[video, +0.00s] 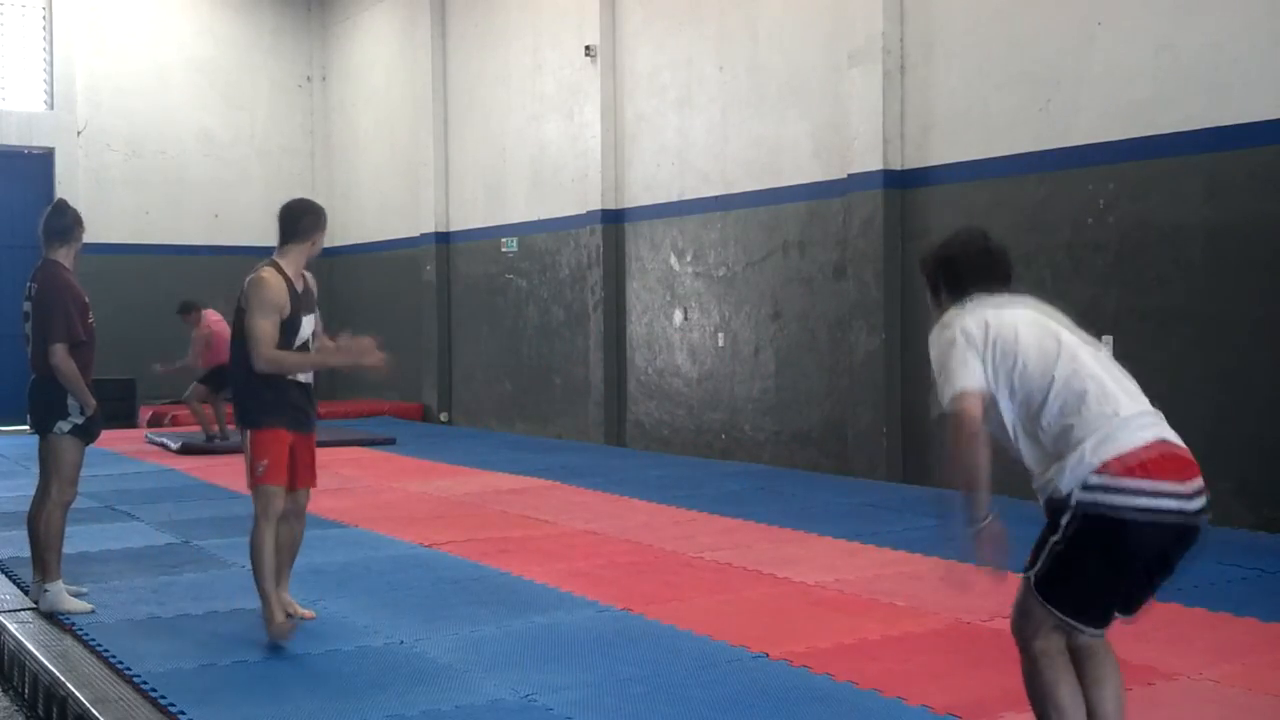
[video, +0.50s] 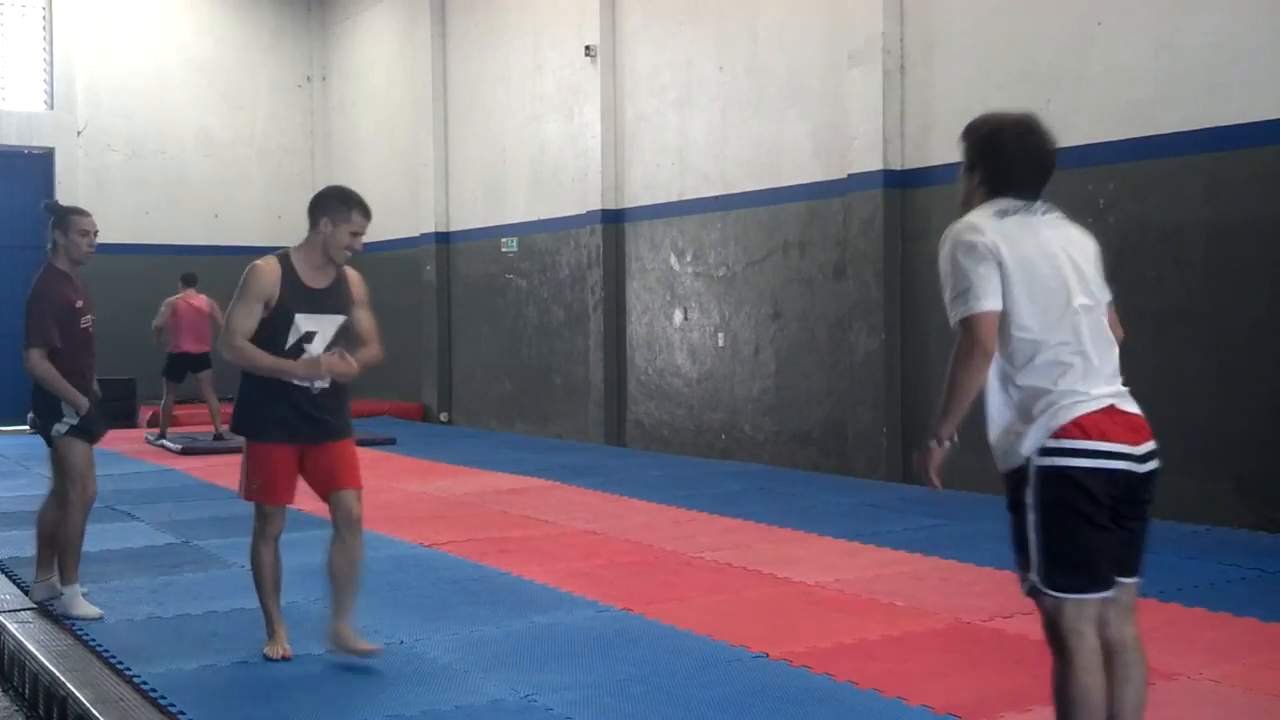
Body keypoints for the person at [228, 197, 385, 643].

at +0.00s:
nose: (323, 240)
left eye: (321, 234)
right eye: (323, 234)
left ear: (289, 231)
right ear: (316, 235)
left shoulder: (306, 281)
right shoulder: (265, 283)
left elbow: (313, 341)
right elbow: (262, 358)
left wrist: (349, 349)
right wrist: (332, 359)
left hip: (299, 412)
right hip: (267, 413)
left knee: (295, 507)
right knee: (269, 509)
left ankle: (281, 591)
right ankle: (271, 610)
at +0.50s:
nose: (358, 244)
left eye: (362, 236)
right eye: (353, 234)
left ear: (341, 231)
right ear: (324, 225)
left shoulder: (350, 281)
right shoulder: (266, 274)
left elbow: (372, 348)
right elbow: (231, 345)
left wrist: (348, 363)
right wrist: (299, 368)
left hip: (327, 421)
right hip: (270, 422)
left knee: (350, 514)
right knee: (269, 527)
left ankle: (341, 626)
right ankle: (275, 631)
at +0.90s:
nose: (403, 231)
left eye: (411, 223)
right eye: (396, 220)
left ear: (416, 221)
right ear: (369, 211)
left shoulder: (423, 276)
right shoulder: (321, 264)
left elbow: (461, 350)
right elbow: (273, 334)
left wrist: (397, 376)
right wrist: (327, 375)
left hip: (393, 430)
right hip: (333, 426)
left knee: (397, 544)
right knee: (327, 541)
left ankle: (390, 654)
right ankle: (322, 614)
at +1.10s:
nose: (417, 228)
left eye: (426, 219)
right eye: (407, 217)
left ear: (436, 219)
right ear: (384, 210)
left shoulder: (448, 275)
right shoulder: (340, 270)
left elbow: (499, 346)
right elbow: (296, 330)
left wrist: (434, 381)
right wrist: (316, 380)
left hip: (419, 433)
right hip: (360, 428)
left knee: (409, 550)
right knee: (367, 545)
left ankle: (394, 652)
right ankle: (384, 677)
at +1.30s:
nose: (437, 226)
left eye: (446, 216)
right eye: (427, 216)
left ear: (453, 212)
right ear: (400, 205)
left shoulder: (467, 268)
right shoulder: (357, 271)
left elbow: (504, 340)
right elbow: (309, 339)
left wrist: (470, 372)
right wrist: (341, 390)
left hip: (443, 433)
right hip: (383, 431)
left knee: (450, 567)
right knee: (388, 561)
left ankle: (407, 630)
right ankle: (401, 699)